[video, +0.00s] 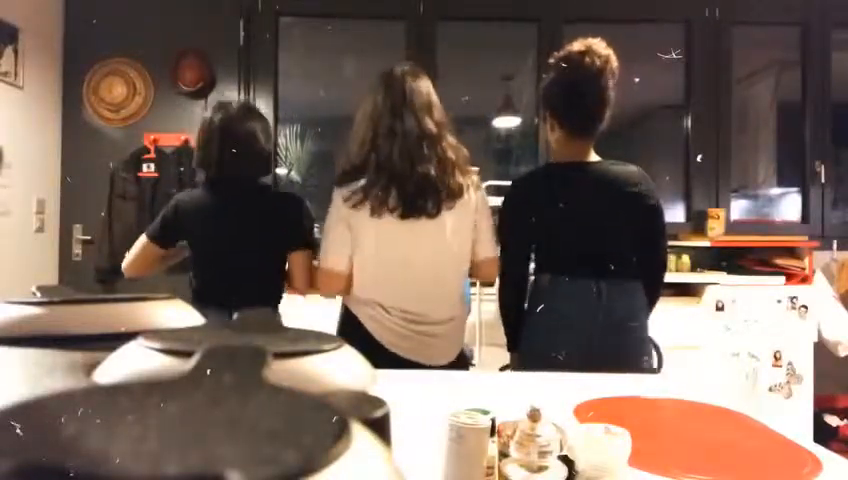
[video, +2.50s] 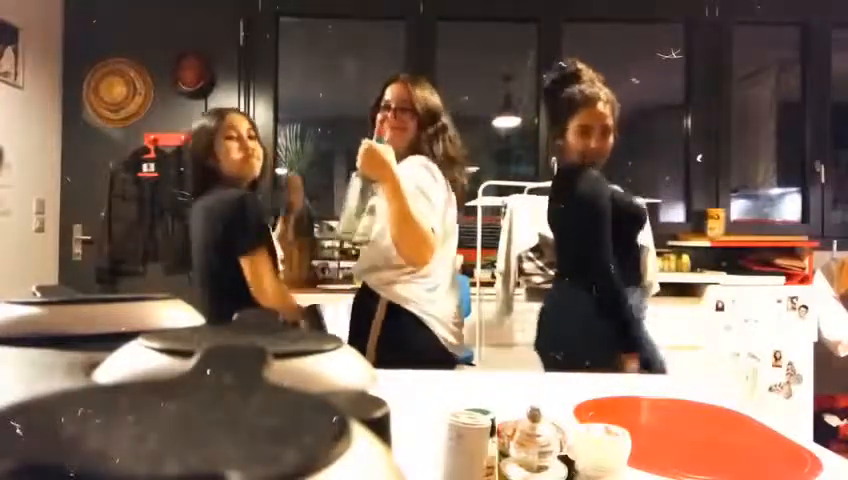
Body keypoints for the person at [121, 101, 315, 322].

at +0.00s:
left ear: (206, 151)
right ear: (265, 152)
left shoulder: (187, 205)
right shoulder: (288, 206)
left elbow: (132, 267)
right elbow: (301, 283)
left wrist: (185, 249)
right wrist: (273, 263)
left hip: (206, 339)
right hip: (266, 339)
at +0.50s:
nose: (256, 141)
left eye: (255, 134)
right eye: (254, 134)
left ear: (191, 142)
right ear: (247, 142)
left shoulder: (172, 197)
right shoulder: (269, 200)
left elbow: (115, 260)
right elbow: (299, 281)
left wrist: (171, 242)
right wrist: (271, 258)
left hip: (191, 338)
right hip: (256, 339)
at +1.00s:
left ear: (193, 180)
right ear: (249, 175)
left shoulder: (185, 238)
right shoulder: (276, 228)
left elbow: (132, 296)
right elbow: (307, 296)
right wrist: (274, 279)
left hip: (209, 357)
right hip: (268, 356)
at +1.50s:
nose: (229, 137)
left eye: (236, 130)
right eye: (214, 131)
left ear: (249, 143)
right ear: (195, 153)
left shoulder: (197, 199)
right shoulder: (232, 200)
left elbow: (160, 267)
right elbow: (279, 285)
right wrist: (292, 269)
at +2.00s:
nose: (252, 159)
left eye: (258, 150)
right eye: (236, 152)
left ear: (268, 158)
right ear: (214, 170)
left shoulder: (211, 216)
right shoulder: (247, 216)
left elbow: (173, 288)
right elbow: (281, 299)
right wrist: (305, 298)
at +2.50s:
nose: (248, 146)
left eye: (252, 137)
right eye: (232, 138)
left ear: (260, 145)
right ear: (209, 154)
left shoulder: (201, 206)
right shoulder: (242, 204)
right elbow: (266, 291)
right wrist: (298, 314)